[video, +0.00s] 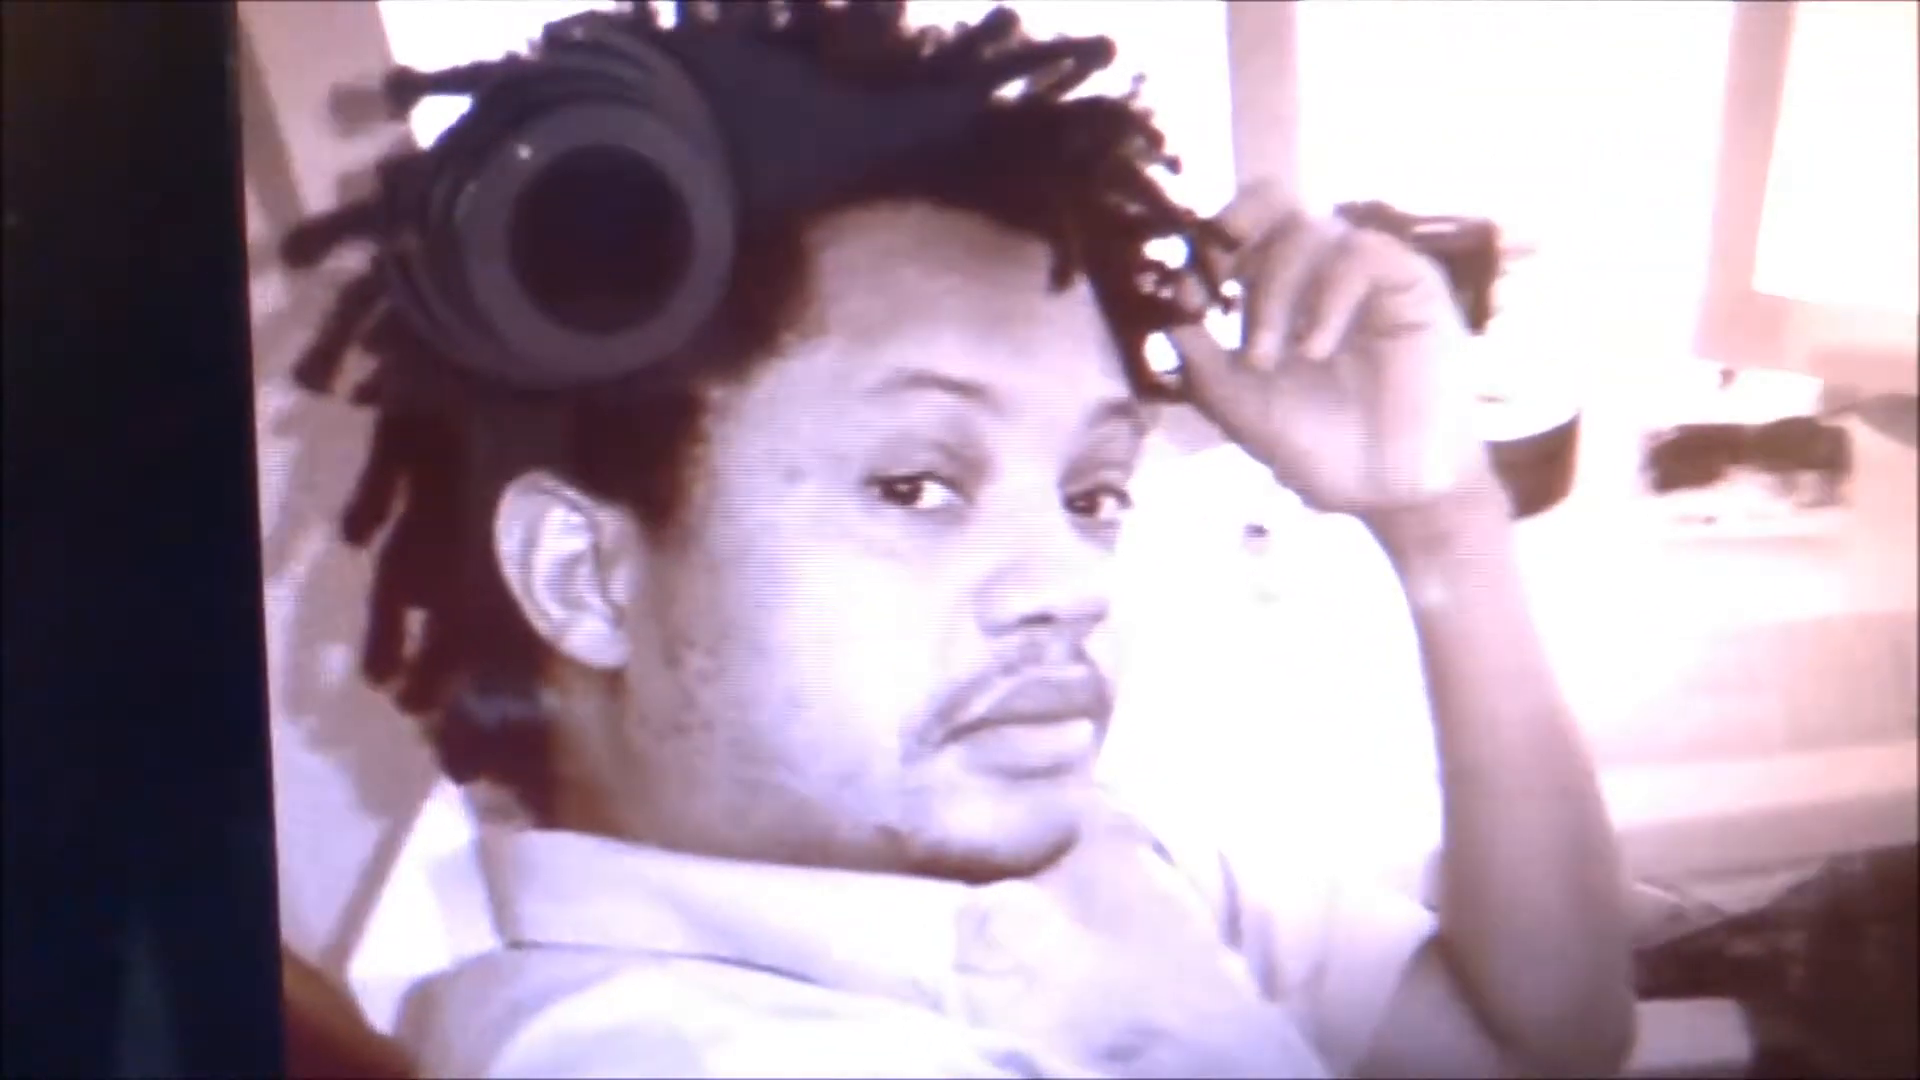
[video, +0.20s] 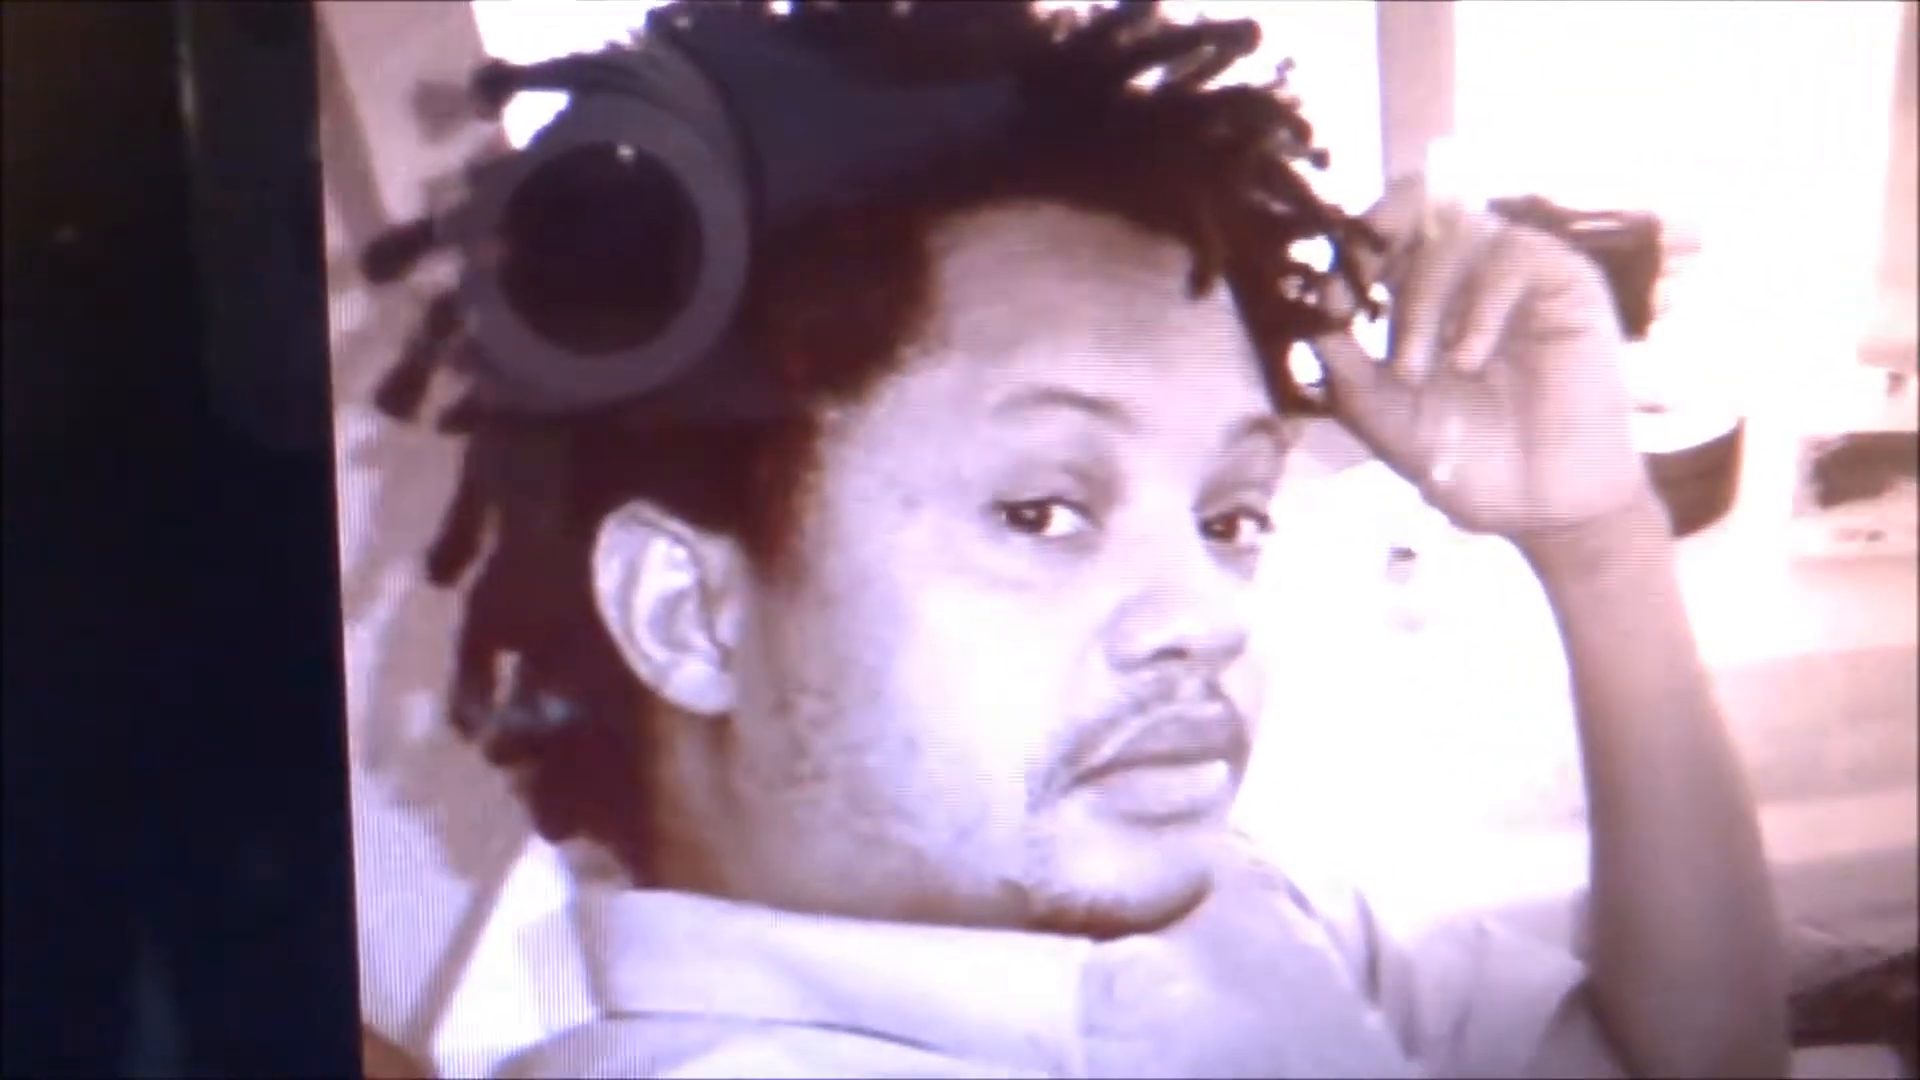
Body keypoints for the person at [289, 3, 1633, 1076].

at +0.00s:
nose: (1074, 588)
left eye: (1094, 497)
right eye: (916, 490)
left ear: (1138, 495)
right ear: (577, 574)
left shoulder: (1118, 880)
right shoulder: (632, 1040)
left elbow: (1545, 1041)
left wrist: (1445, 535)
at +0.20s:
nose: (1203, 625)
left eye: (1228, 526)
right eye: (1045, 513)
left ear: (1273, 534)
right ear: (684, 609)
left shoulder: (1278, 952)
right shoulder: (599, 1038)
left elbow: (1694, 1043)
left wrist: (1601, 547)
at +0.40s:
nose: (1182, 601)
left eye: (1211, 495)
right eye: (1005, 480)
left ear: (1258, 503)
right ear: (598, 584)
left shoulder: (1250, 963)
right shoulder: (463, 1044)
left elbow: (1692, 1048)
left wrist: (1603, 523)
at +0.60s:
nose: (1125, 560)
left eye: (1157, 447)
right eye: (940, 425)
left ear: (1204, 462)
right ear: (505, 536)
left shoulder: (1231, 956)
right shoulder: (250, 981)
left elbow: (1670, 1051)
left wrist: (1574, 479)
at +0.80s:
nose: (1095, 591)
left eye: (1125, 478)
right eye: (896, 461)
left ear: (1174, 487)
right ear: (446, 581)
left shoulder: (1182, 1000)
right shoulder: (227, 1042)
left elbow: (1649, 1052)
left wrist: (1549, 512)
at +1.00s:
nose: (1052, 582)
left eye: (1086, 470)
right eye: (855, 452)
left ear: (1132, 485)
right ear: (399, 571)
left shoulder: (1138, 992)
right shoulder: (100, 978)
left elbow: (1611, 1041)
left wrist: (1511, 506)